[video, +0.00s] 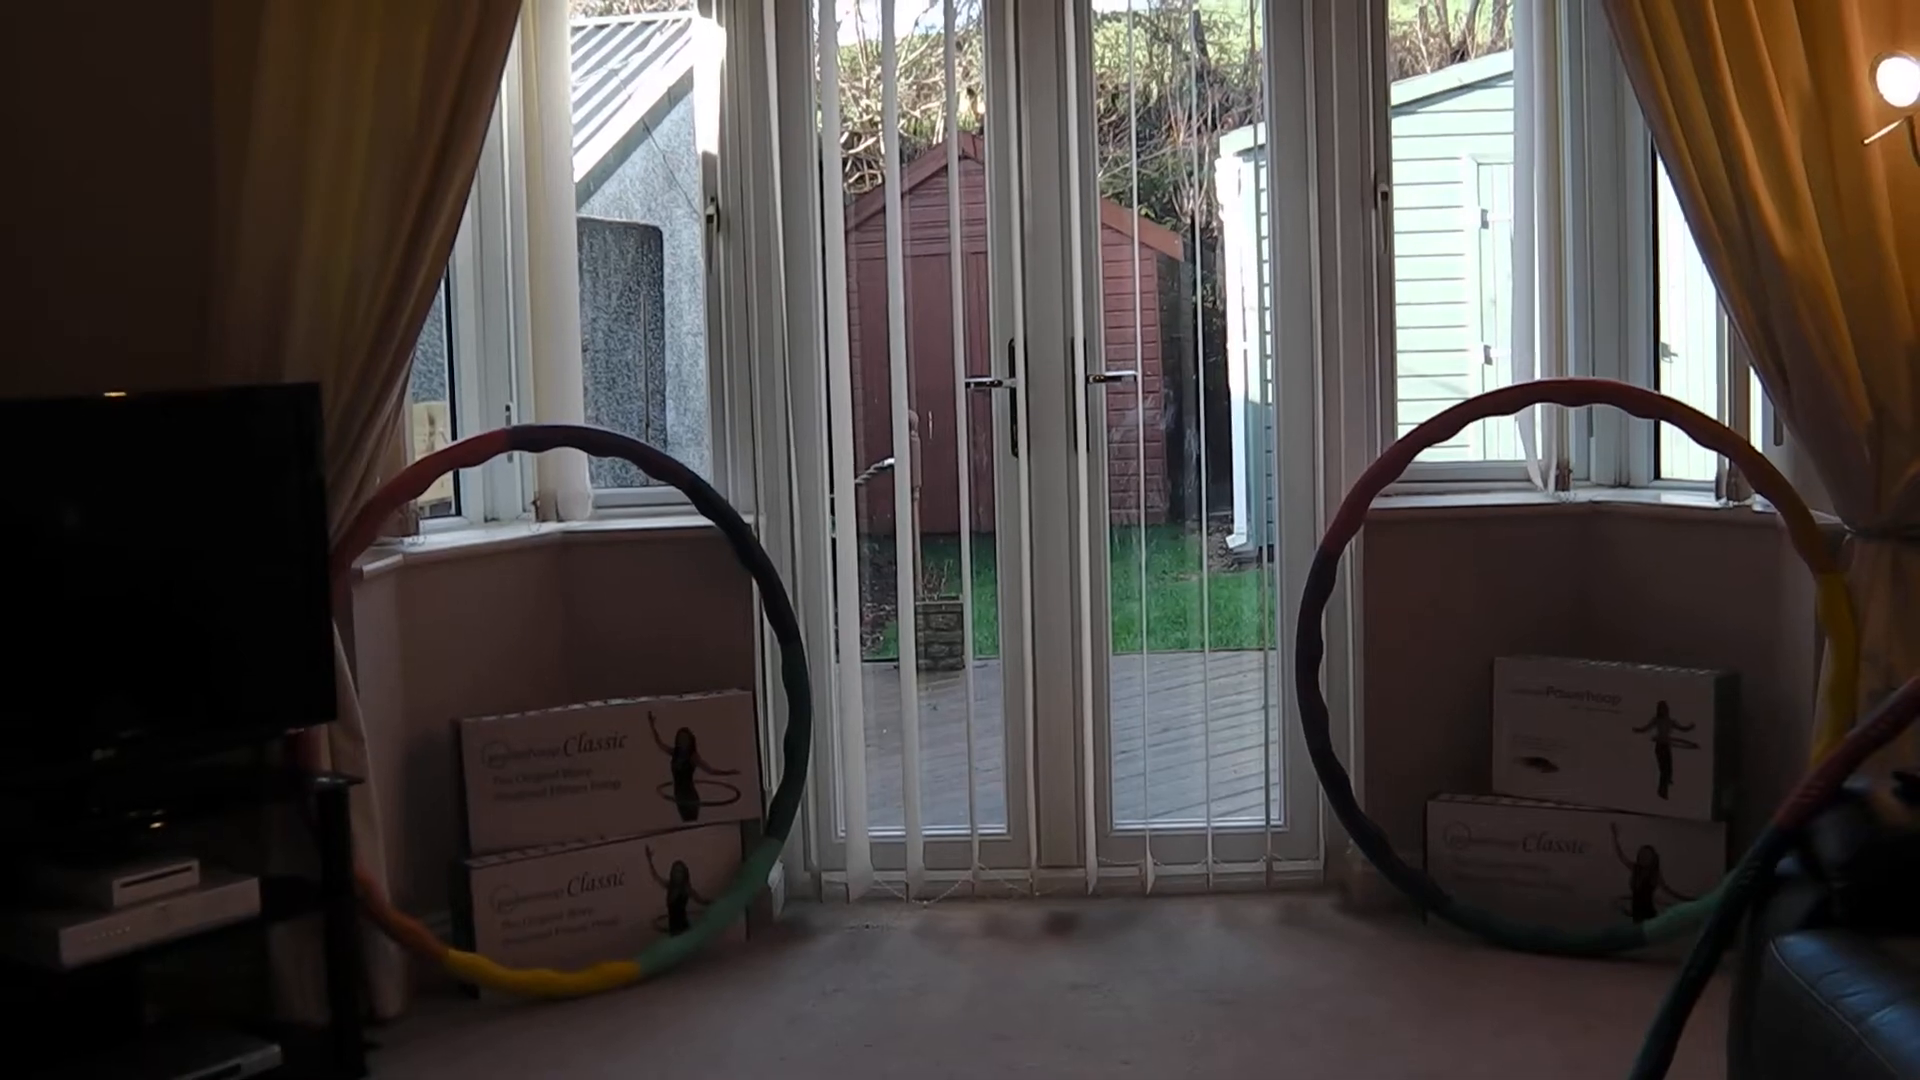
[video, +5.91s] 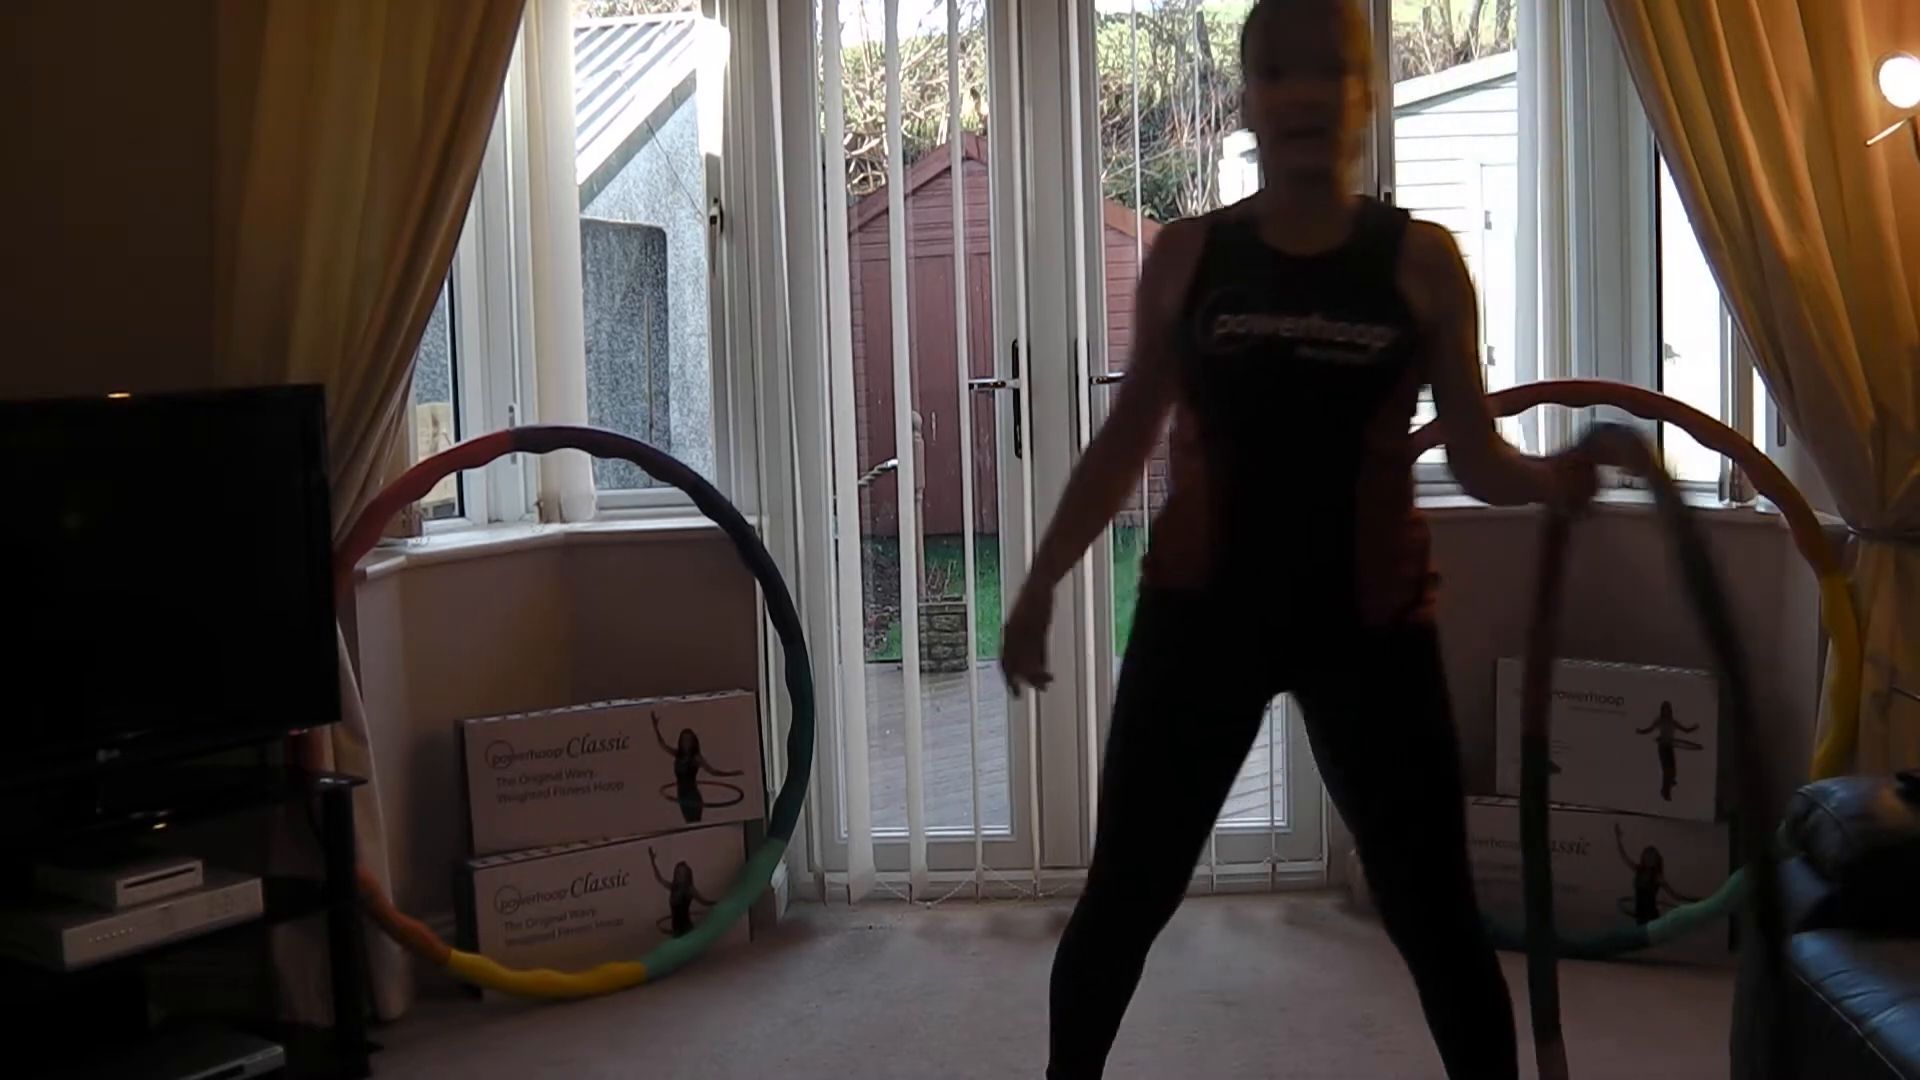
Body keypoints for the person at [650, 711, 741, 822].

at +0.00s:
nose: (682, 741)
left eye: (685, 739)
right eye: (680, 738)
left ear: (690, 741)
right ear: (676, 740)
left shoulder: (692, 756)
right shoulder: (675, 754)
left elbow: (710, 771)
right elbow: (659, 743)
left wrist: (729, 773)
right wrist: (652, 725)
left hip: (689, 794)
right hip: (678, 794)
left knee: (692, 827)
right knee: (688, 827)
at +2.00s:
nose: (684, 742)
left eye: (688, 739)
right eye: (683, 739)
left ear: (693, 742)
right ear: (680, 741)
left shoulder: (696, 758)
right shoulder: (678, 754)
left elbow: (713, 772)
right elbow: (662, 744)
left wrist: (733, 774)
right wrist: (655, 726)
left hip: (693, 794)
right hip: (682, 794)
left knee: (696, 827)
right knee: (690, 827)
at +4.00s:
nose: (685, 742)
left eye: (688, 739)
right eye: (683, 739)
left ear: (693, 741)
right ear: (680, 741)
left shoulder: (696, 757)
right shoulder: (678, 754)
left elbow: (712, 772)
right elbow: (662, 744)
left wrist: (732, 774)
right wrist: (655, 725)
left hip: (693, 794)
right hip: (682, 795)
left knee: (695, 828)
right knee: (690, 828)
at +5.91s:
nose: (685, 742)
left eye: (688, 739)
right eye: (683, 739)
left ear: (694, 742)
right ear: (680, 741)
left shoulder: (696, 757)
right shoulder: (678, 755)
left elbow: (712, 772)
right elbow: (662, 745)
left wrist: (733, 773)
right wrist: (655, 726)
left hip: (692, 795)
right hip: (682, 795)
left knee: (695, 828)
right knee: (690, 828)